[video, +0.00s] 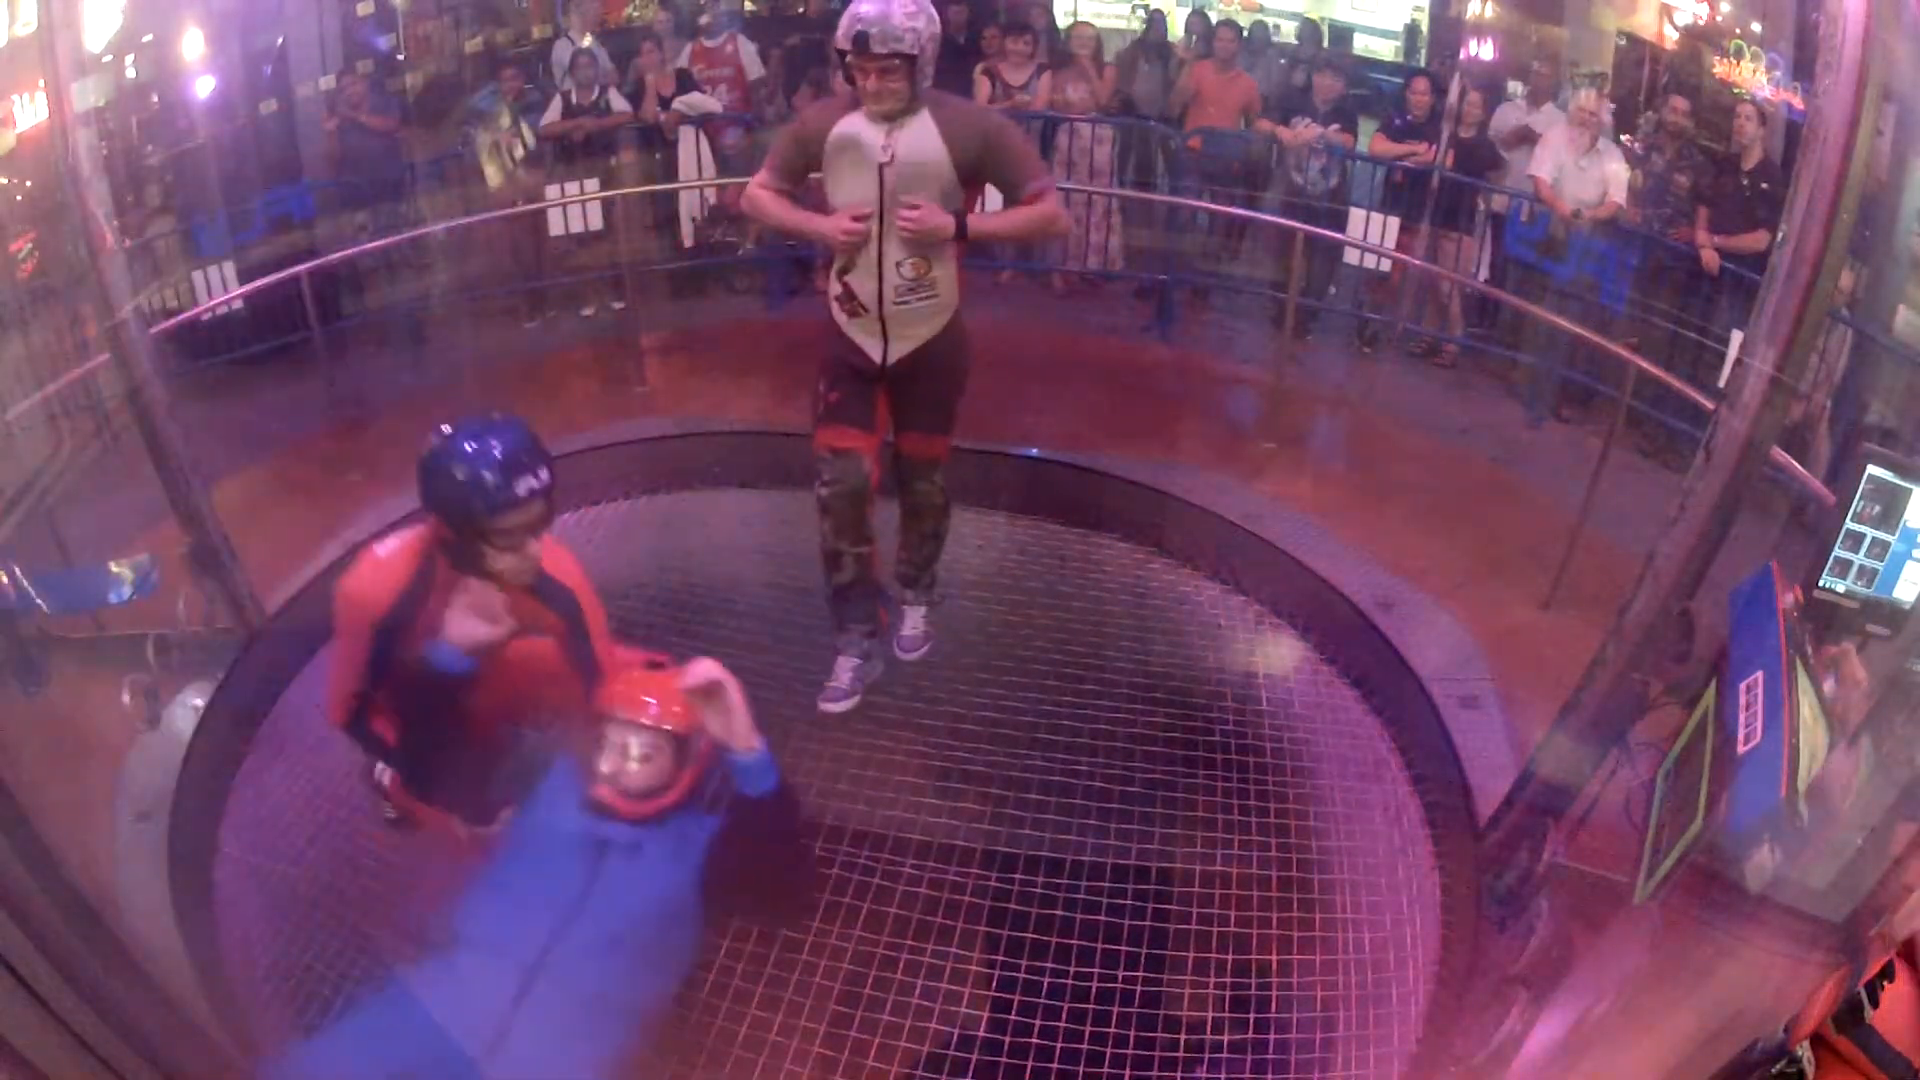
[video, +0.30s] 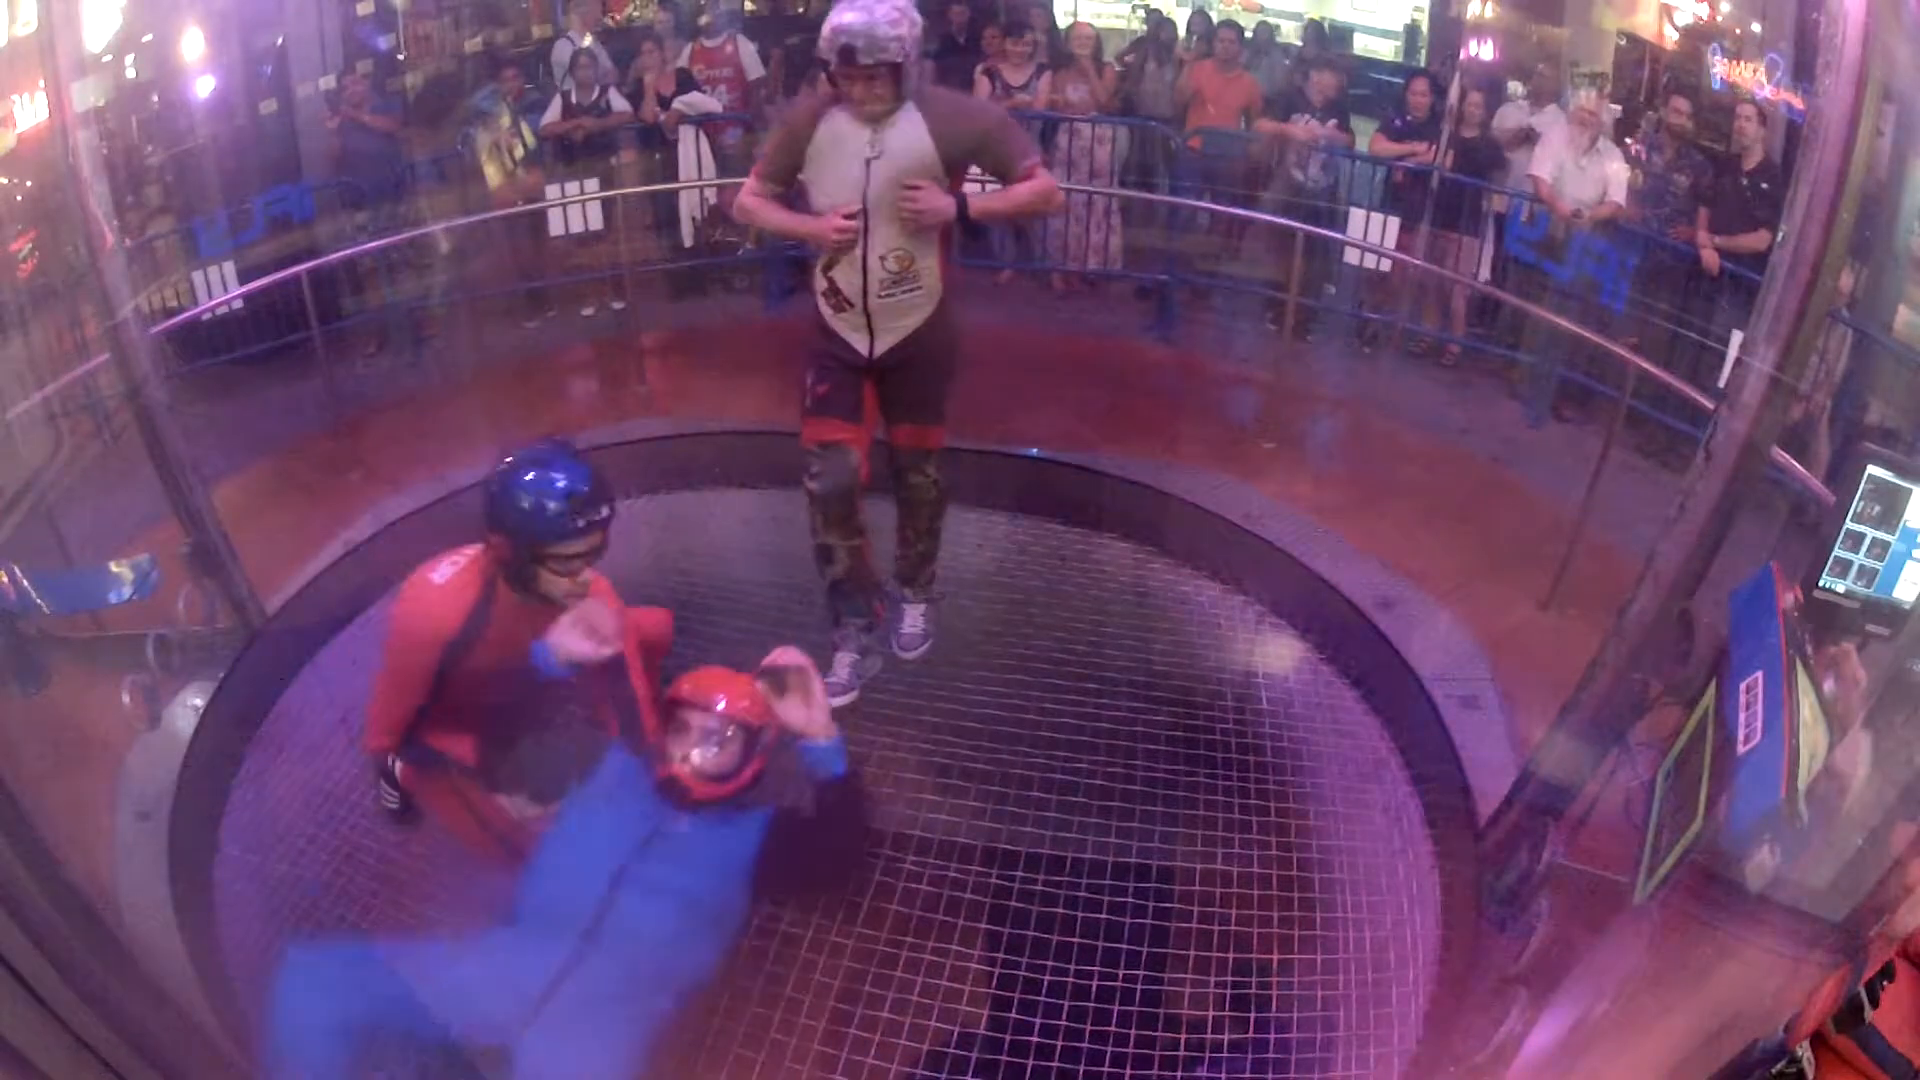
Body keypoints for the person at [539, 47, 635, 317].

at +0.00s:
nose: (585, 72)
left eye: (589, 66)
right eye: (579, 67)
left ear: (597, 69)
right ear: (571, 72)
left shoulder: (608, 92)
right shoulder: (562, 98)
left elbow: (626, 115)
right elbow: (544, 129)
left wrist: (592, 125)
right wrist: (575, 125)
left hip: (604, 170)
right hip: (571, 174)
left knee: (606, 233)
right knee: (579, 238)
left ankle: (614, 291)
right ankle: (588, 296)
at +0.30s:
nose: (585, 72)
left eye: (589, 67)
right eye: (579, 67)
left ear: (597, 70)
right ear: (571, 72)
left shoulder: (608, 92)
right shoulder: (563, 97)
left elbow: (626, 115)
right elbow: (544, 129)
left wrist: (594, 124)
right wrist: (575, 124)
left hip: (606, 170)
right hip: (573, 174)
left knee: (609, 234)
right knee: (582, 238)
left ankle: (615, 293)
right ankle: (590, 296)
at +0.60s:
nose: (584, 72)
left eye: (589, 67)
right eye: (579, 68)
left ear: (597, 70)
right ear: (571, 72)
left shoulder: (608, 92)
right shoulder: (562, 97)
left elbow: (626, 114)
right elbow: (544, 129)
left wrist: (594, 124)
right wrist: (574, 125)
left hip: (605, 170)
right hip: (573, 174)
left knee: (609, 234)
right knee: (582, 238)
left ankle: (615, 293)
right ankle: (590, 296)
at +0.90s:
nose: (584, 72)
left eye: (588, 67)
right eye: (579, 68)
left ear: (597, 70)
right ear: (571, 72)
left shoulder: (608, 92)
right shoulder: (563, 97)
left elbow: (627, 115)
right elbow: (544, 129)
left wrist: (593, 124)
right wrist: (574, 126)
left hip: (606, 170)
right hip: (573, 174)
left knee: (610, 233)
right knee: (582, 237)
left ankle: (616, 293)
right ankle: (591, 296)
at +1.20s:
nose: (585, 72)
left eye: (589, 66)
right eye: (580, 68)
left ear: (596, 69)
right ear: (571, 73)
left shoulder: (608, 92)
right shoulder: (562, 98)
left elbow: (627, 115)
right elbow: (544, 130)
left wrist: (587, 127)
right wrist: (578, 123)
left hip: (606, 162)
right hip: (571, 166)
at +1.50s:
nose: (584, 72)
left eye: (588, 67)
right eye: (579, 68)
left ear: (596, 69)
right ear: (571, 72)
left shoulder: (608, 91)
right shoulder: (562, 97)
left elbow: (627, 115)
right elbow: (544, 131)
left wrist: (591, 127)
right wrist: (578, 123)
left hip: (607, 158)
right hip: (571, 161)